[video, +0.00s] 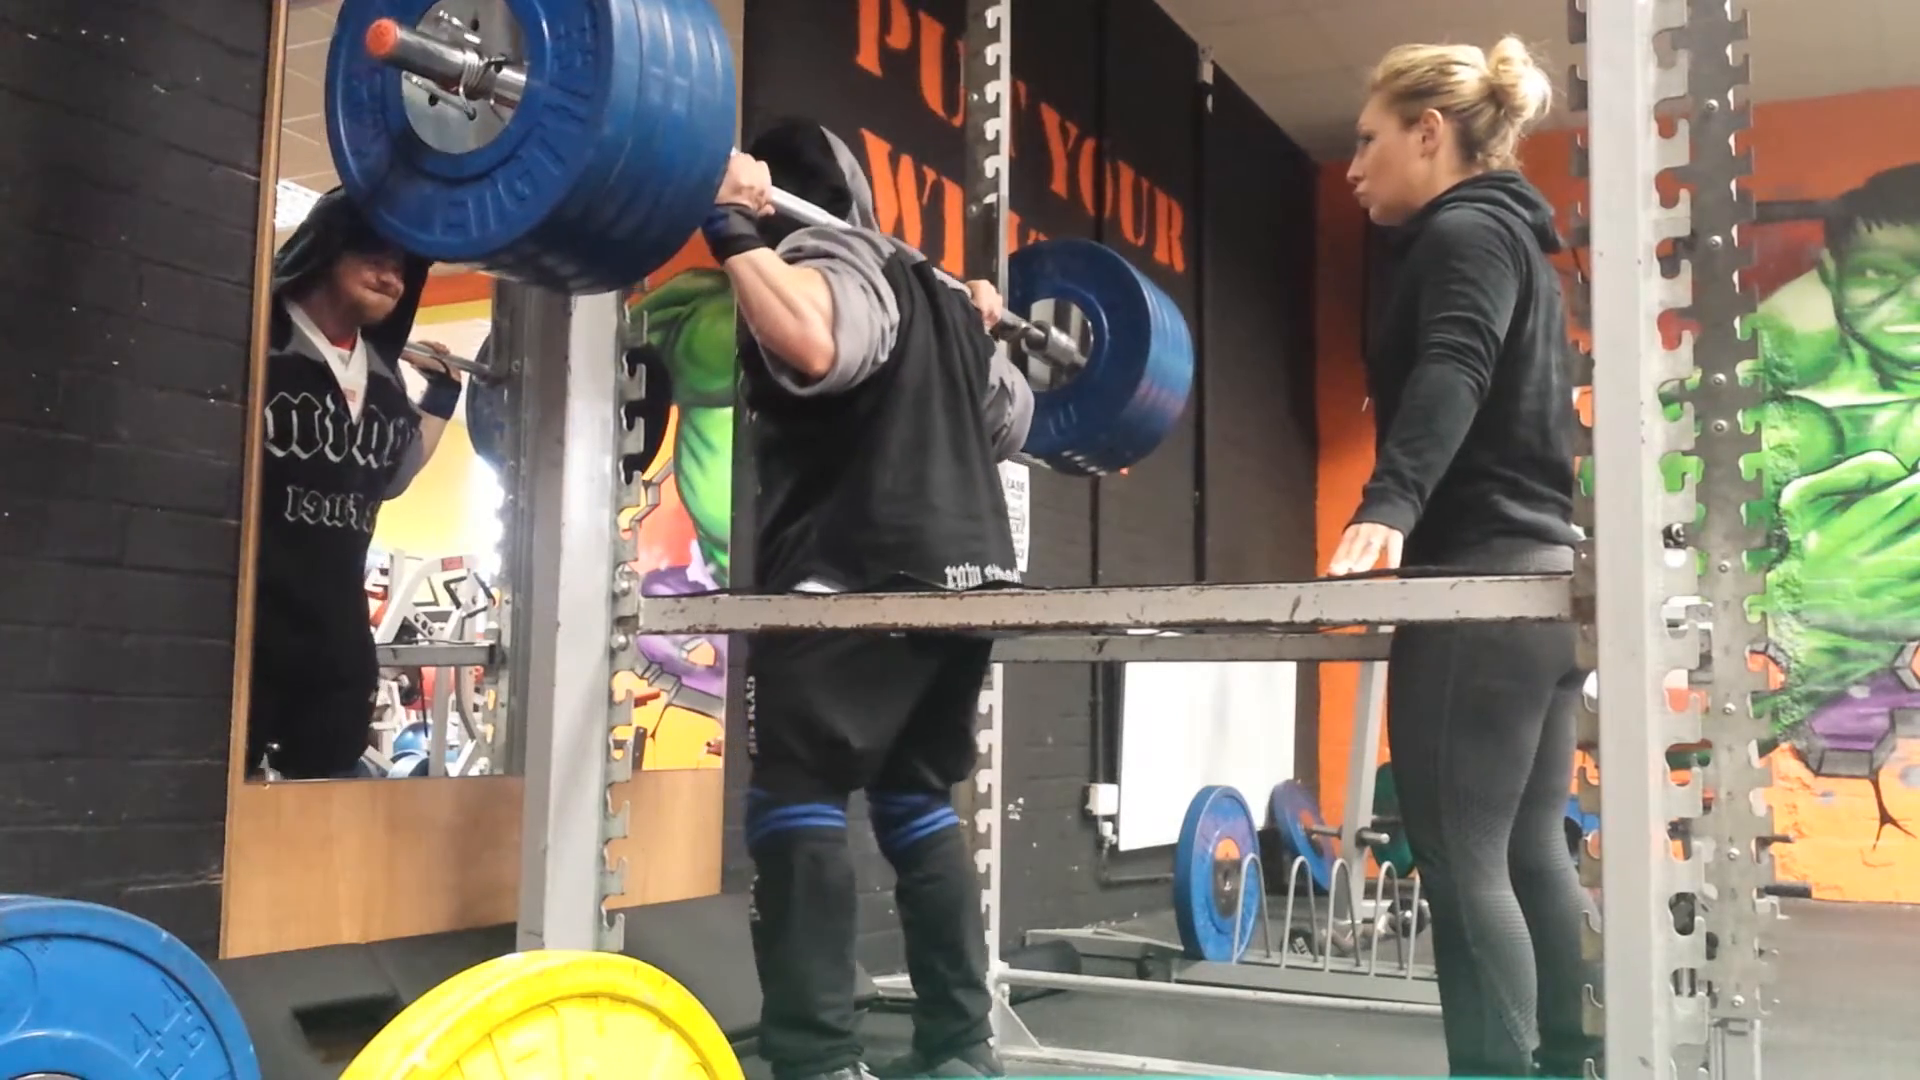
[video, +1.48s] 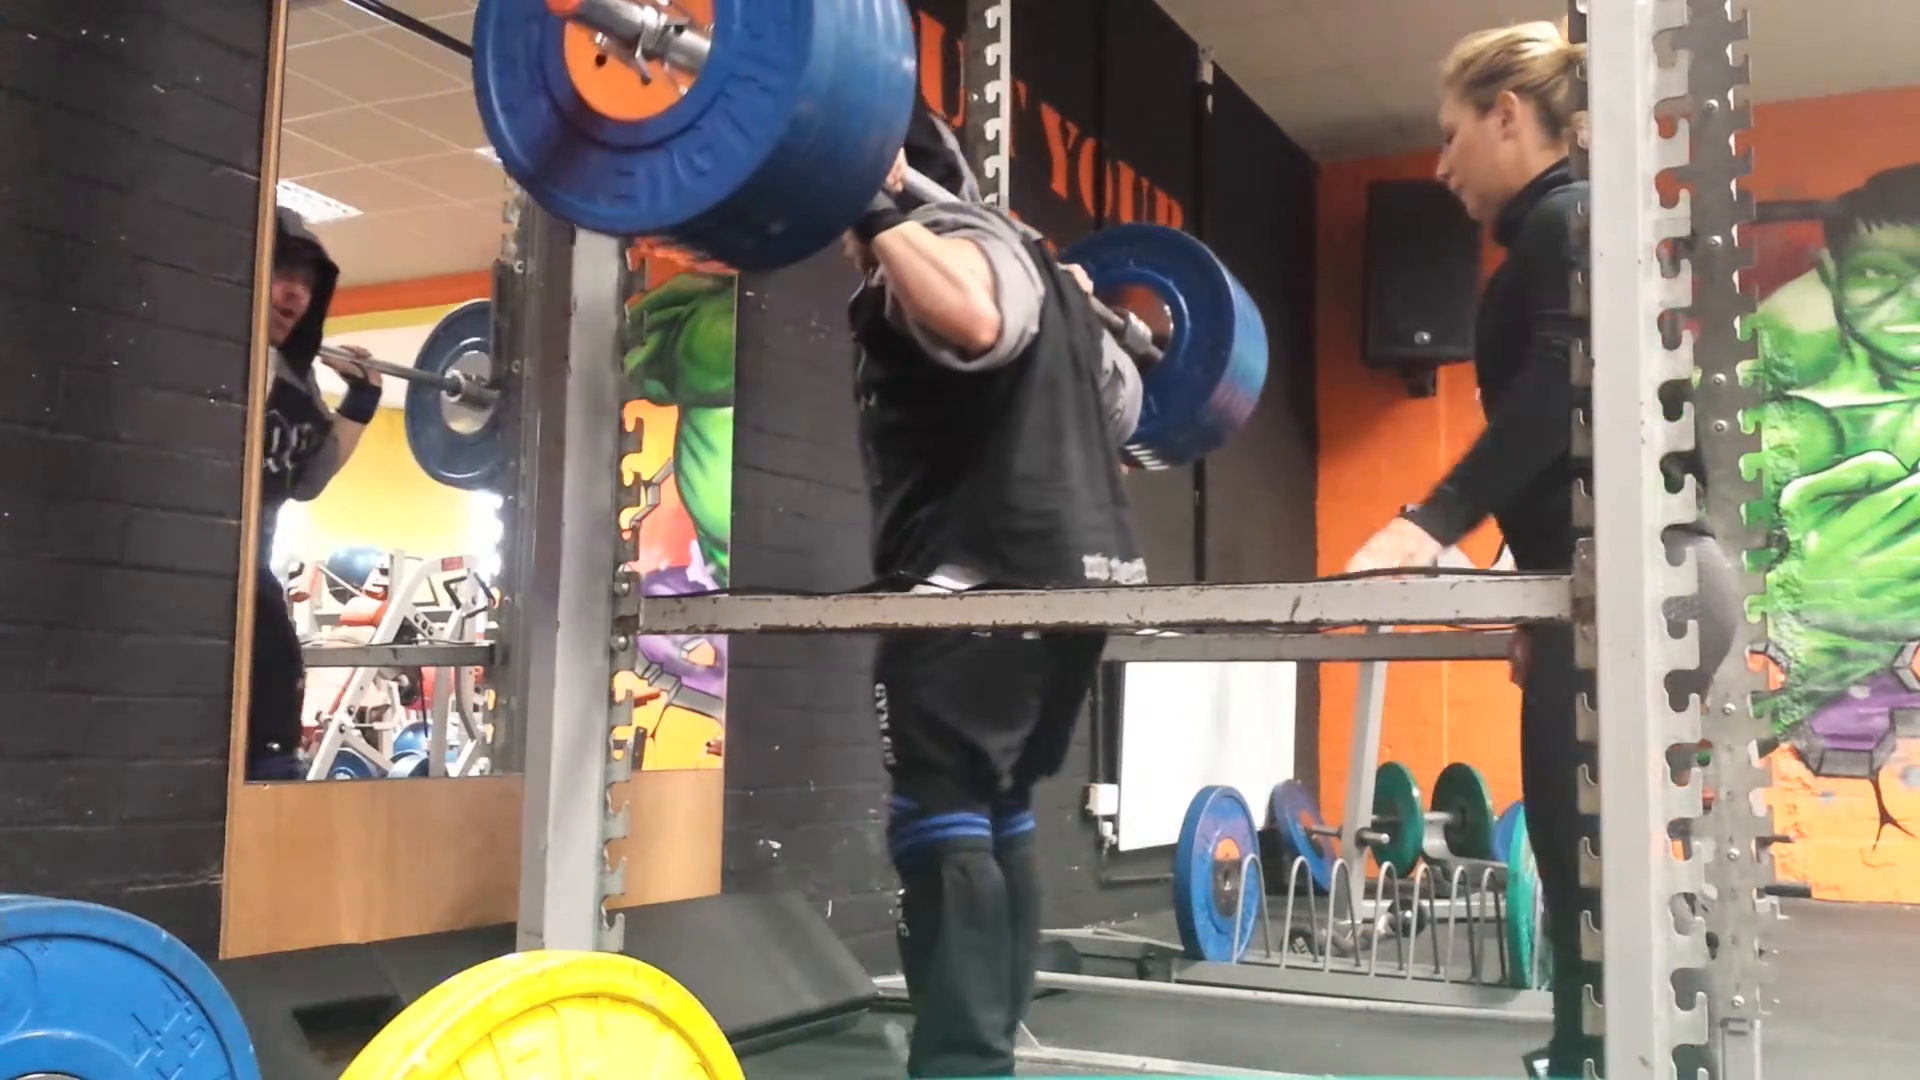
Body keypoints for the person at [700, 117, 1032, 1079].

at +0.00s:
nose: (742, 228)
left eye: (751, 207)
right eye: (736, 209)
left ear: (785, 200)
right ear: (855, 192)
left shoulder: (824, 253)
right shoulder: (933, 288)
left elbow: (812, 345)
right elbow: (1013, 415)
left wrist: (736, 228)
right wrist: (986, 329)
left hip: (850, 573)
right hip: (968, 572)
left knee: (797, 790)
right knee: (917, 793)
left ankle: (809, 1044)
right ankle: (959, 1042)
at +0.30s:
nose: (759, 214)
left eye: (767, 192)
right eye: (757, 193)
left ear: (797, 187)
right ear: (867, 182)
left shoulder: (838, 241)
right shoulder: (946, 275)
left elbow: (829, 335)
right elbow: (1020, 404)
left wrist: (754, 211)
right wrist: (1003, 318)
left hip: (861, 565)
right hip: (976, 565)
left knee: (826, 793)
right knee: (936, 794)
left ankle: (816, 1049)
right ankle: (962, 1046)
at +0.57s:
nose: (780, 204)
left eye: (787, 185)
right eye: (783, 184)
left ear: (812, 184)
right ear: (882, 179)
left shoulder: (856, 241)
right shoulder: (966, 275)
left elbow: (859, 337)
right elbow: (1039, 410)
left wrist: (778, 214)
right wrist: (1019, 319)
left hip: (885, 568)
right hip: (998, 566)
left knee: (841, 793)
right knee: (947, 797)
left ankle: (818, 1049)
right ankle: (963, 1044)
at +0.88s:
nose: (808, 204)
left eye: (814, 184)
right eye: (810, 185)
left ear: (845, 187)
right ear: (907, 185)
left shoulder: (887, 246)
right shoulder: (992, 282)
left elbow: (896, 340)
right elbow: (1067, 405)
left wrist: (813, 221)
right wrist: (1051, 326)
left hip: (904, 570)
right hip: (1015, 570)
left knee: (851, 792)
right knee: (944, 797)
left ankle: (819, 1048)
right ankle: (962, 1049)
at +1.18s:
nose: (842, 213)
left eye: (846, 194)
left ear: (871, 194)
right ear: (938, 188)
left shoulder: (915, 250)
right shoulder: (1021, 284)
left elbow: (922, 347)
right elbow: (1094, 410)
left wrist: (841, 226)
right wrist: (1066, 322)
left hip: (935, 578)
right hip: (1044, 576)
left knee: (898, 799)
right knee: (970, 797)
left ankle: (952, 1050)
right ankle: (970, 1036)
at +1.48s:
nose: (851, 196)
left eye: (852, 177)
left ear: (879, 168)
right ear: (947, 156)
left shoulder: (941, 227)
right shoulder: (1038, 257)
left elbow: (975, 322)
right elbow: (1122, 392)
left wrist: (875, 211)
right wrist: (1125, 326)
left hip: (981, 567)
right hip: (1080, 564)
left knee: (940, 805)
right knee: (1002, 801)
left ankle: (960, 1057)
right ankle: (988, 1037)